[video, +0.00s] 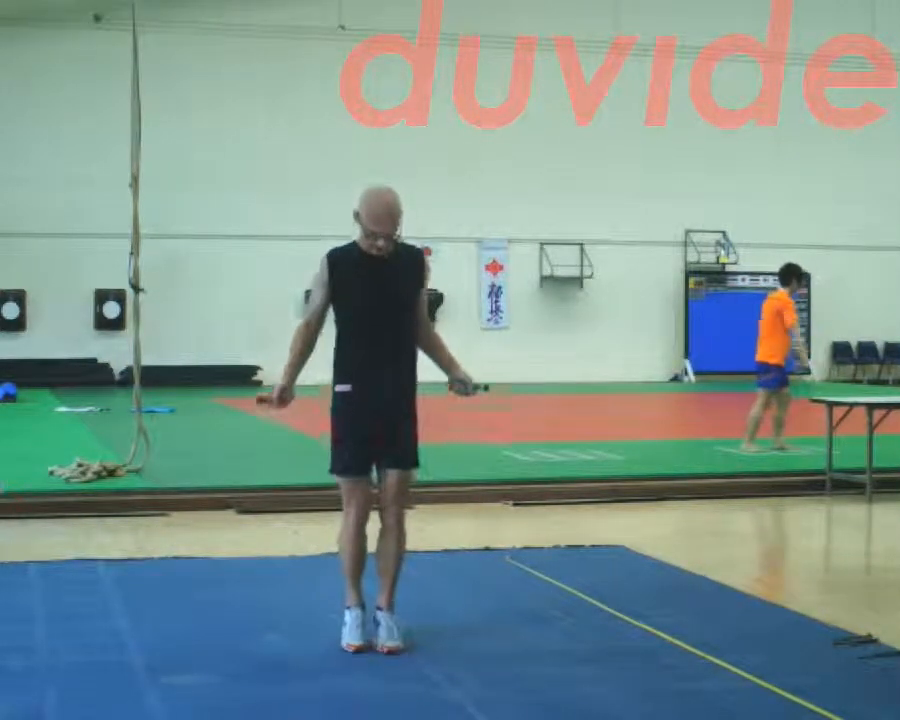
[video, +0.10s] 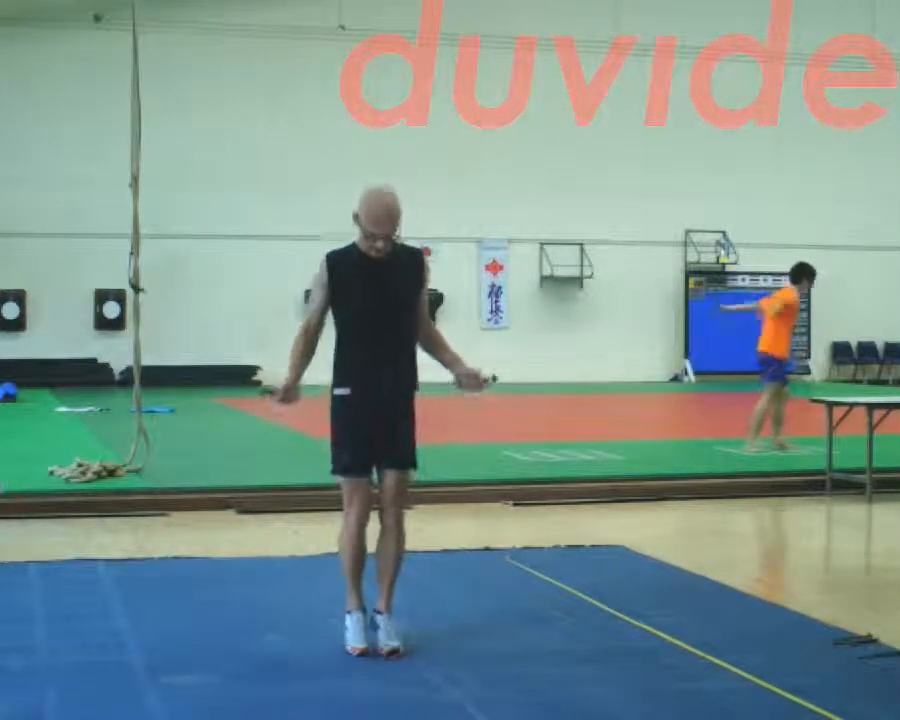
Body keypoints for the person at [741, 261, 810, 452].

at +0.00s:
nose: (801, 286)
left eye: (801, 281)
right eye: (800, 281)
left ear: (783, 280)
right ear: (793, 281)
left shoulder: (771, 299)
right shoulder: (785, 302)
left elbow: (767, 331)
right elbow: (794, 333)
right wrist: (804, 359)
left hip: (766, 357)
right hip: (773, 359)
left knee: (783, 398)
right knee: (763, 399)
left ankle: (778, 439)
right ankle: (748, 441)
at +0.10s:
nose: (810, 286)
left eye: (811, 282)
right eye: (810, 282)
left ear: (795, 279)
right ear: (803, 280)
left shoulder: (782, 294)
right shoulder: (790, 296)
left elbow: (757, 305)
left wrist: (730, 308)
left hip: (773, 351)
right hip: (773, 352)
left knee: (781, 395)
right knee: (769, 394)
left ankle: (778, 437)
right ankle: (752, 440)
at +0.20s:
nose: (816, 292)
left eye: (818, 289)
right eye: (817, 287)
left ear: (804, 281)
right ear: (810, 284)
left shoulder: (783, 291)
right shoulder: (795, 292)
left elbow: (758, 286)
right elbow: (773, 282)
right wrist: (747, 273)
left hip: (769, 344)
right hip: (769, 345)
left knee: (778, 393)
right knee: (771, 392)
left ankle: (779, 435)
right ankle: (767, 436)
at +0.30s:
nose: (817, 310)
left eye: (820, 306)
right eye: (819, 305)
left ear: (809, 294)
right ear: (813, 298)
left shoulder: (784, 296)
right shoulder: (797, 300)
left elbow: (765, 285)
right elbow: (776, 280)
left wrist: (753, 268)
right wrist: (756, 264)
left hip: (760, 346)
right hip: (767, 348)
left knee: (775, 394)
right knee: (776, 395)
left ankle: (773, 437)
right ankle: (773, 438)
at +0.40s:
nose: (818, 335)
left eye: (820, 331)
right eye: (819, 330)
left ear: (810, 320)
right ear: (813, 324)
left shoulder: (789, 319)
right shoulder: (794, 321)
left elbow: (773, 304)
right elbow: (774, 302)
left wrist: (762, 280)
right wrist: (763, 280)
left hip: (752, 363)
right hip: (760, 366)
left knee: (778, 402)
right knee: (782, 403)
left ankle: (772, 440)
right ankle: (773, 442)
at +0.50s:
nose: (820, 347)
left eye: (822, 344)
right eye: (821, 343)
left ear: (809, 335)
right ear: (815, 339)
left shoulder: (791, 341)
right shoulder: (796, 343)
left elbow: (766, 341)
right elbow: (771, 336)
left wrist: (751, 328)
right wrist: (748, 322)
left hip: (752, 376)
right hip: (760, 378)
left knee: (787, 405)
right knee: (791, 404)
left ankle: (771, 440)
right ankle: (774, 443)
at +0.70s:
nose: (789, 302)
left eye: (787, 298)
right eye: (786, 298)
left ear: (769, 302)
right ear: (779, 301)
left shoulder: (767, 321)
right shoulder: (776, 321)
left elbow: (802, 333)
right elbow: (804, 331)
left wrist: (826, 330)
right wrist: (830, 328)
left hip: (759, 374)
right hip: (767, 375)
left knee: (793, 405)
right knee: (794, 406)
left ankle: (775, 442)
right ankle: (774, 443)